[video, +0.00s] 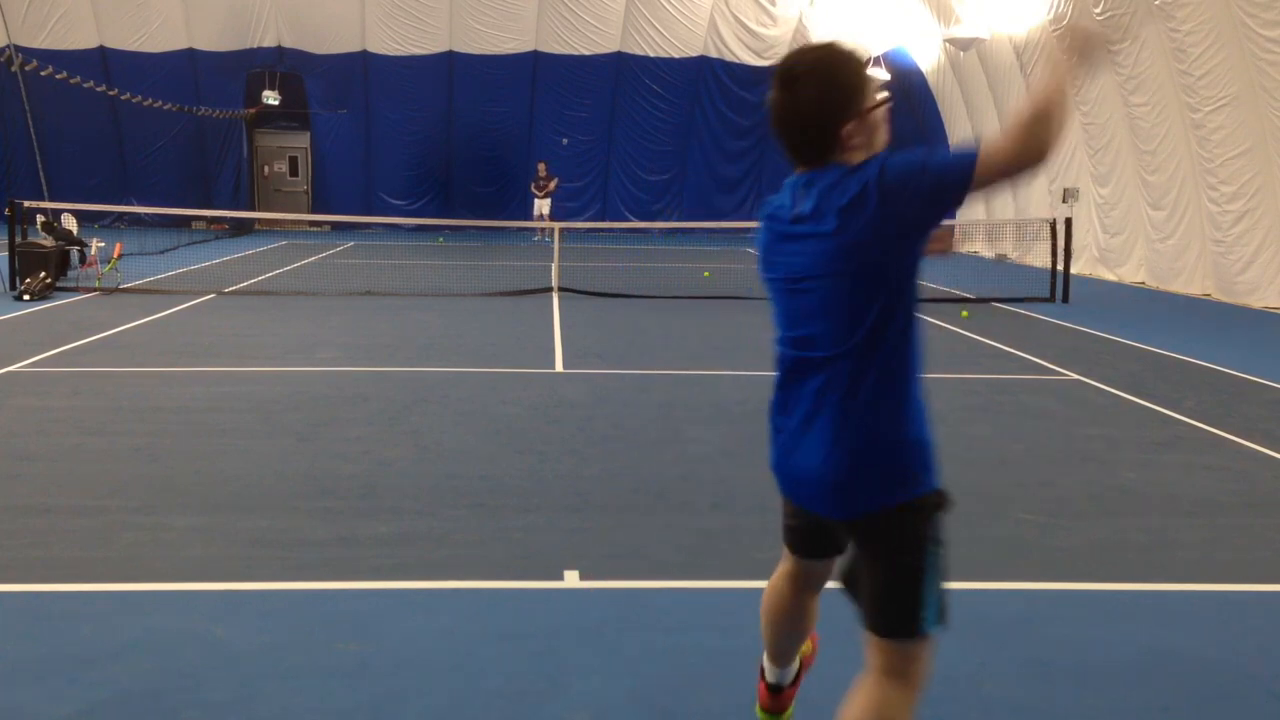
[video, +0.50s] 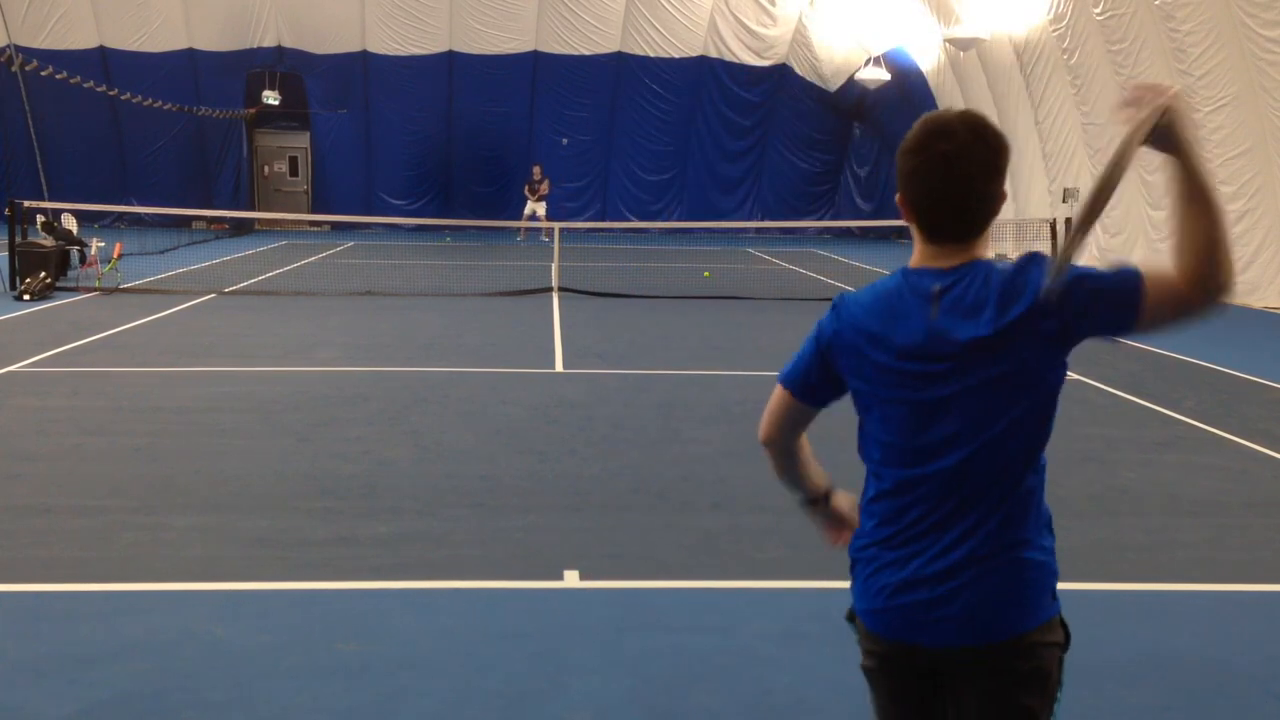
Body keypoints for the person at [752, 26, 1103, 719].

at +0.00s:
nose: (887, 108)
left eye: (881, 98)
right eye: (877, 103)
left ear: (801, 133)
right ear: (849, 131)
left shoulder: (780, 209)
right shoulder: (886, 189)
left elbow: (837, 260)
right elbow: (1024, 147)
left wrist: (910, 241)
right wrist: (1063, 59)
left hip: (799, 453)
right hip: (883, 463)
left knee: (800, 566)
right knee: (895, 668)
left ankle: (776, 683)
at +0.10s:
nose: (916, 112)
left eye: (911, 100)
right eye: (909, 102)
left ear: (825, 131)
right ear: (895, 120)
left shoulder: (811, 227)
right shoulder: (925, 194)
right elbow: (1043, 95)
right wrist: (992, 10)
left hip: (829, 478)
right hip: (924, 490)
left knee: (813, 587)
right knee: (942, 691)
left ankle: (772, 701)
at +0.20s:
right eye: (949, 172)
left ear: (856, 203)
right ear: (945, 191)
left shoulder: (835, 306)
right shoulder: (978, 267)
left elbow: (824, 368)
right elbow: (1058, 134)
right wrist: (945, 49)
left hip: (859, 561)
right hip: (962, 571)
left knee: (844, 640)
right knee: (981, 705)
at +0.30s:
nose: (887, 226)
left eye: (888, 216)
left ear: (884, 234)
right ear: (969, 236)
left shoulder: (845, 351)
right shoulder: (1001, 318)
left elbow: (800, 423)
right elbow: (1112, 204)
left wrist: (865, 378)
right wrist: (999, 129)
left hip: (879, 618)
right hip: (985, 621)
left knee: (890, 710)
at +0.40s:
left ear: (893, 223)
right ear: (991, 224)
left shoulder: (849, 337)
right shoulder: (1024, 306)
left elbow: (786, 432)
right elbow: (1165, 238)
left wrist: (860, 458)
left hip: (891, 627)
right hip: (1002, 627)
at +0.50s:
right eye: (998, 186)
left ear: (901, 205)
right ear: (998, 202)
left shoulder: (858, 316)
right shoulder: (1039, 295)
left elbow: (777, 432)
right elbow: (1202, 282)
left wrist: (823, 503)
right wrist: (1183, 152)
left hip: (893, 606)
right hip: (1010, 609)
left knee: (908, 709)